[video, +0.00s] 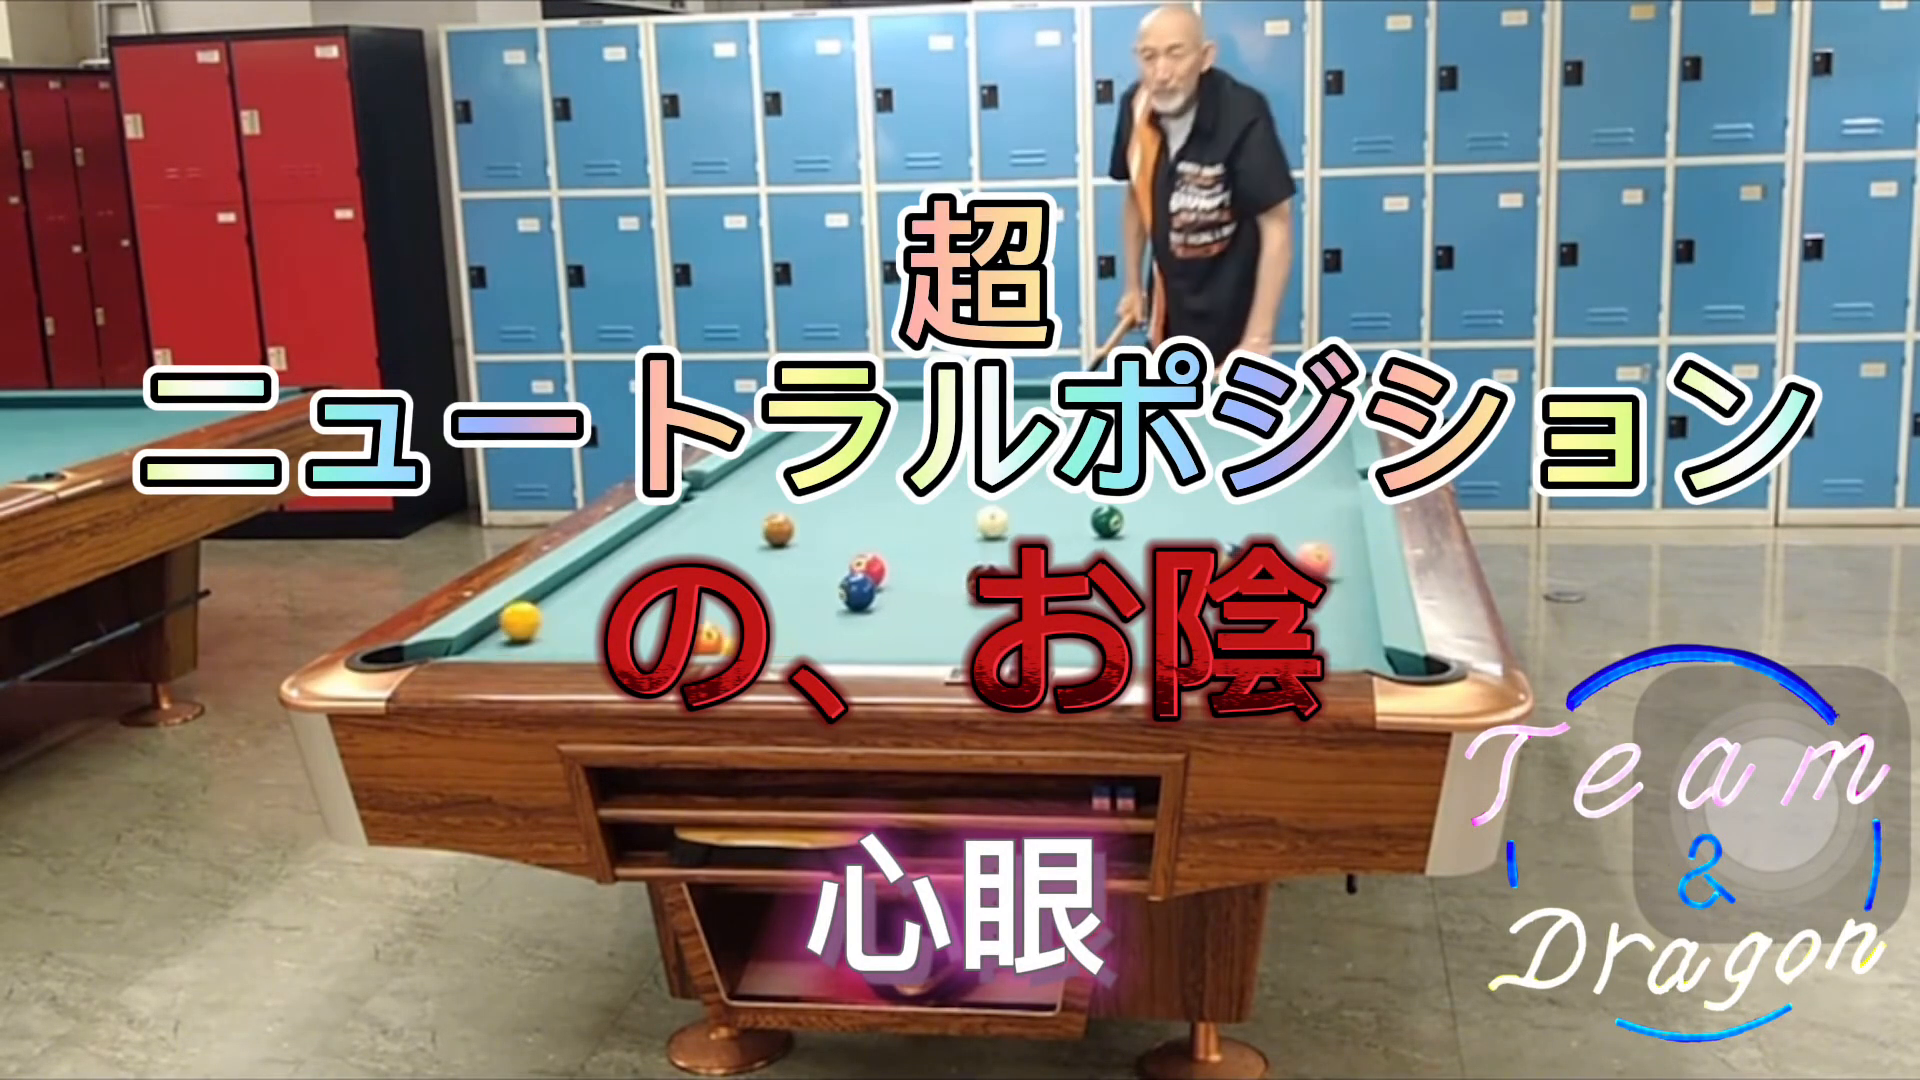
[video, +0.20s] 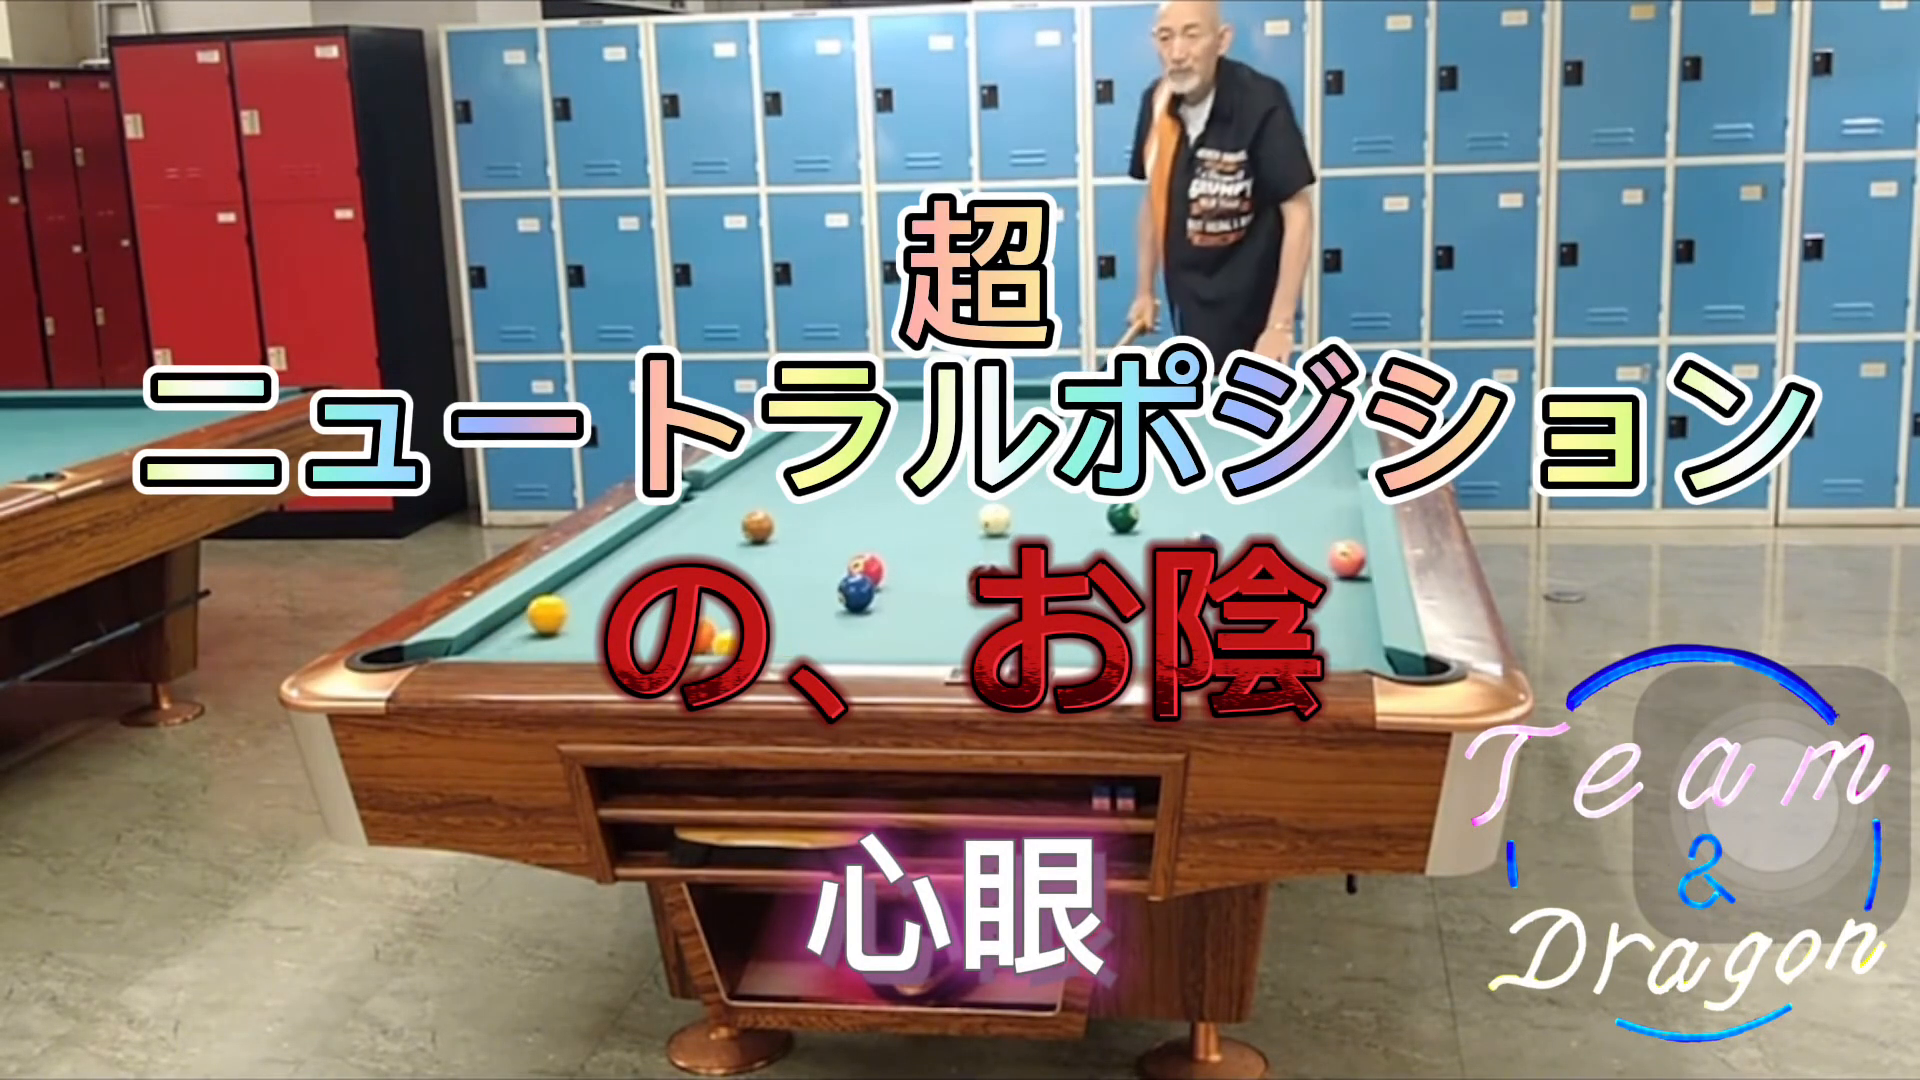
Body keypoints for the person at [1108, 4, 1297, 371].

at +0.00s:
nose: (1161, 73)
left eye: (1175, 54)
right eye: (1149, 57)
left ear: (1206, 56)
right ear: (1138, 60)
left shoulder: (1243, 111)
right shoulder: (1134, 105)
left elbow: (1277, 225)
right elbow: (1134, 196)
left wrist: (1258, 337)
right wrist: (1133, 288)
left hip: (1234, 313)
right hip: (1171, 306)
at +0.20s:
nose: (1177, 53)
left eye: (1192, 35)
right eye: (1166, 37)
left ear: (1223, 40)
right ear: (1156, 43)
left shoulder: (1261, 100)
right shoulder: (1156, 100)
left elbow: (1299, 214)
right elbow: (1154, 198)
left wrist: (1280, 327)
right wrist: (1145, 291)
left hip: (1252, 312)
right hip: (1189, 309)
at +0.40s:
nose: (1189, 45)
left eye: (1204, 27)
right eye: (1179, 30)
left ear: (1236, 32)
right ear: (1170, 37)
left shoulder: (1276, 93)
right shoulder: (1185, 98)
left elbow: (1300, 210)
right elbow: (1181, 198)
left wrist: (1275, 318)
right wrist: (1173, 285)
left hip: (1259, 305)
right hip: (1201, 302)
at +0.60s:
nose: (1201, 39)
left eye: (1215, 22)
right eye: (1191, 25)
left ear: (1249, 27)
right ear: (1183, 34)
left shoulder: (1287, 89)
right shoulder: (1208, 93)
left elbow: (1301, 205)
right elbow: (1203, 187)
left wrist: (1271, 311)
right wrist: (1198, 270)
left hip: (1275, 291)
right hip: (1227, 289)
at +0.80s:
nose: (1216, 36)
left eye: (1231, 19)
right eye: (1207, 22)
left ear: (1265, 25)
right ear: (1200, 30)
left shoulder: (1299, 90)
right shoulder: (1232, 95)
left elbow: (1301, 204)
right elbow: (1237, 196)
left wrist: (1271, 310)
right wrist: (1218, 264)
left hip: (1283, 293)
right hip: (1239, 287)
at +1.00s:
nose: (1223, 36)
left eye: (1238, 20)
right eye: (1215, 22)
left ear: (1274, 25)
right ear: (1208, 30)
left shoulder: (1307, 90)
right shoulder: (1241, 95)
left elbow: (1303, 207)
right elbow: (1245, 198)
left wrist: (1274, 312)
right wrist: (1229, 272)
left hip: (1302, 294)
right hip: (1255, 289)